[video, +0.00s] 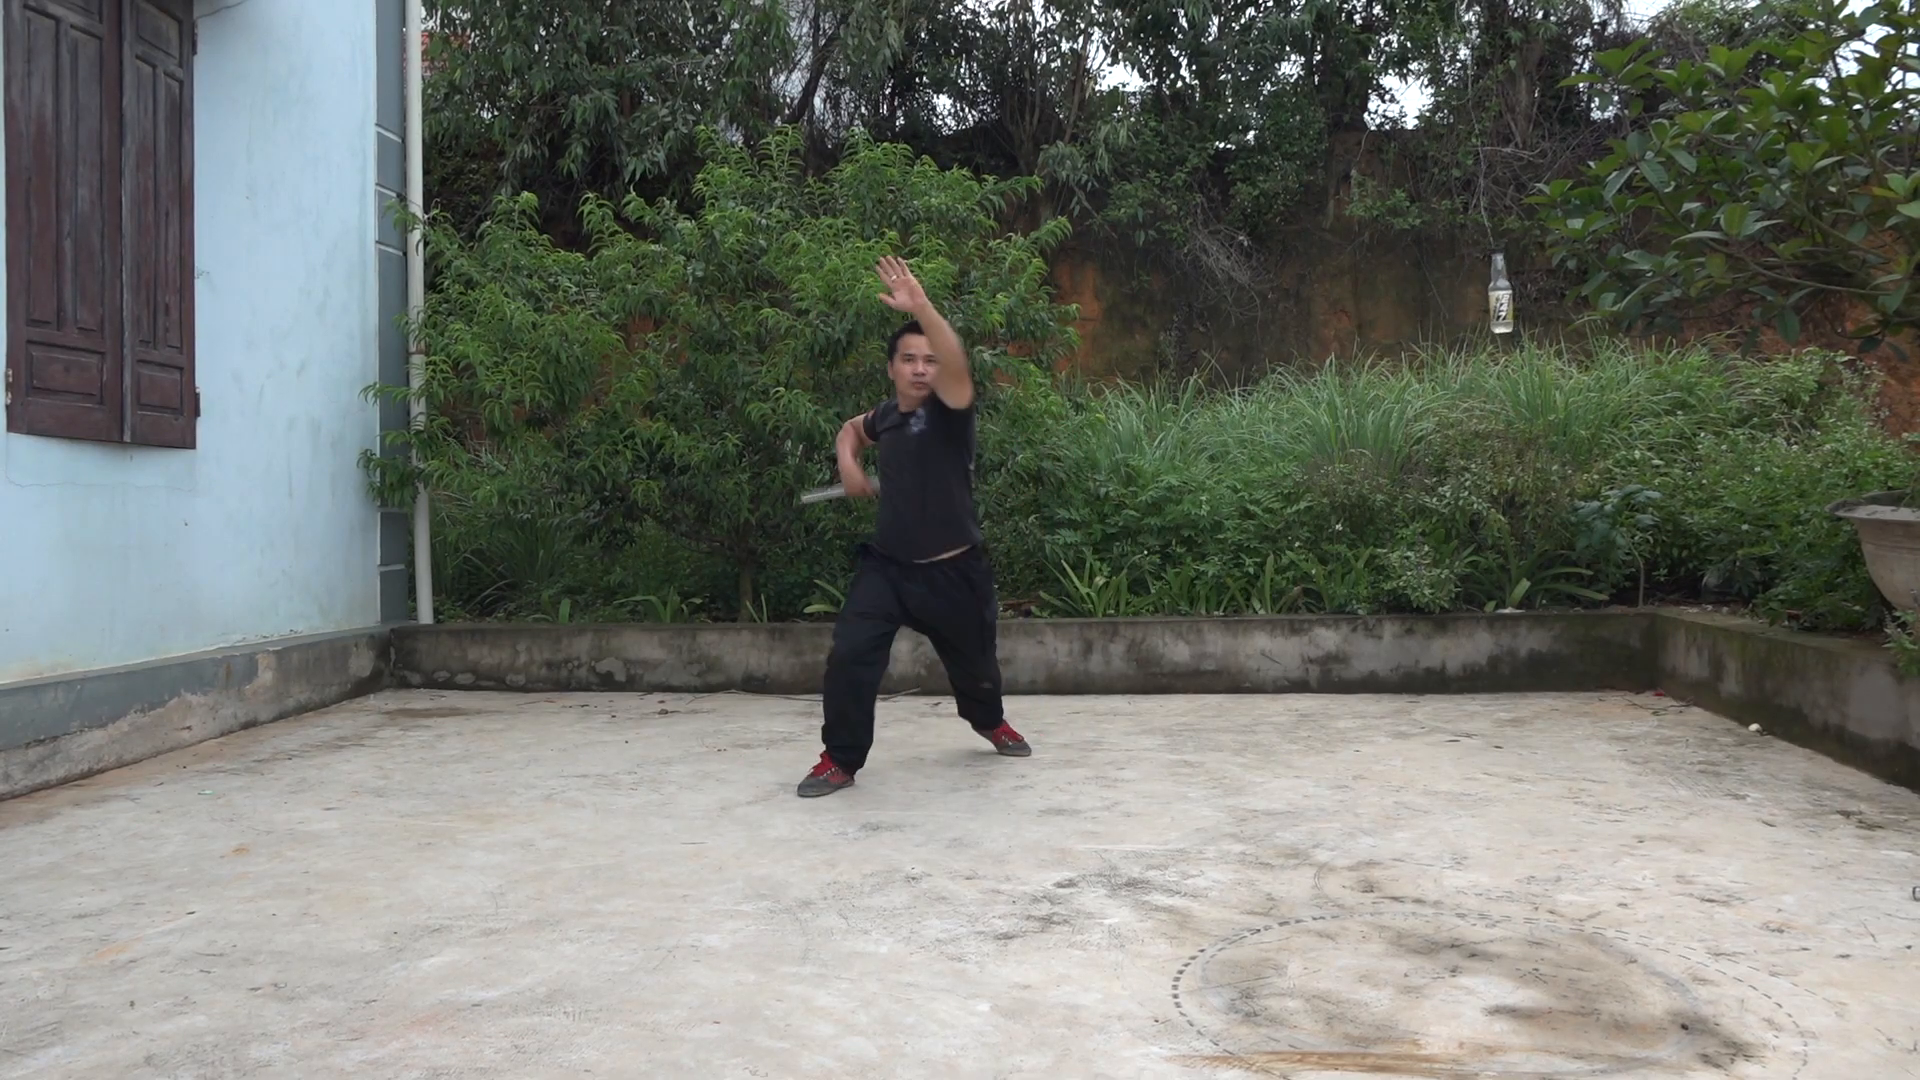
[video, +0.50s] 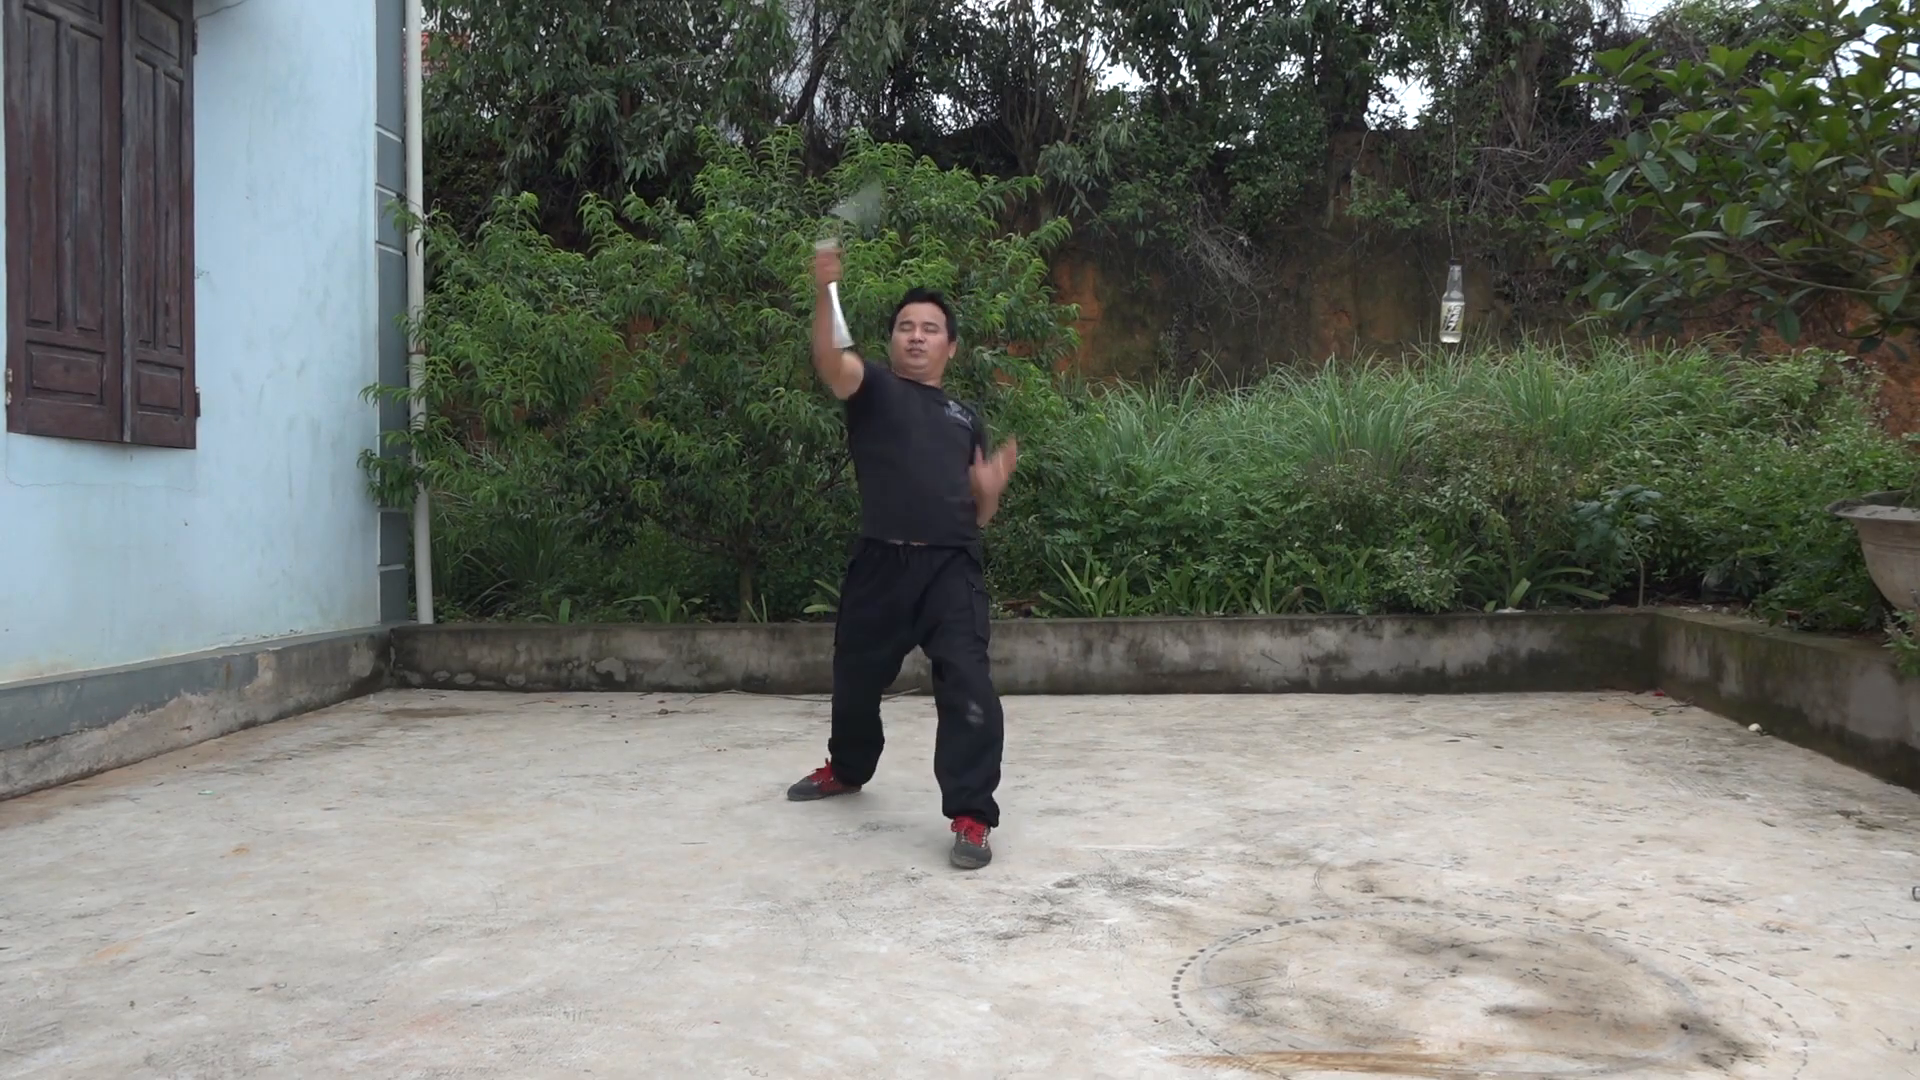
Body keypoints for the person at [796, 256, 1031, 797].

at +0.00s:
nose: (920, 368)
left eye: (928, 360)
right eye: (909, 359)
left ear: (942, 367)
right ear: (892, 369)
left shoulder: (953, 409)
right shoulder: (883, 417)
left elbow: (954, 361)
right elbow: (850, 432)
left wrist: (922, 308)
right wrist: (849, 466)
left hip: (954, 570)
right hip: (888, 567)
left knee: (975, 666)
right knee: (849, 658)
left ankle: (990, 723)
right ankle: (841, 760)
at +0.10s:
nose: (897, 354)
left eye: (907, 345)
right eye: (886, 344)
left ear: (923, 356)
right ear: (870, 354)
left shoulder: (936, 400)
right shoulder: (871, 417)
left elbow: (958, 384)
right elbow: (831, 444)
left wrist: (931, 357)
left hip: (941, 562)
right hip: (875, 564)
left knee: (972, 659)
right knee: (837, 662)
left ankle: (988, 720)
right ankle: (840, 761)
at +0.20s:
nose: (892, 341)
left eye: (904, 332)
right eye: (882, 331)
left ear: (921, 344)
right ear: (865, 343)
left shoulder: (945, 389)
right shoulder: (853, 412)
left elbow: (1011, 426)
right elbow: (785, 445)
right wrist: (796, 377)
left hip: (940, 558)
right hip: (867, 561)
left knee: (967, 662)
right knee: (837, 664)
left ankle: (986, 761)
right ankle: (839, 762)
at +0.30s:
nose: (906, 338)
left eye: (918, 329)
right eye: (895, 328)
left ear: (936, 342)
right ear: (877, 340)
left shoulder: (961, 406)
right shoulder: (854, 394)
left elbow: (994, 467)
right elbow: (780, 389)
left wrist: (987, 510)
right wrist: (807, 334)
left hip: (941, 559)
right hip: (870, 557)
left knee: (958, 668)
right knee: (843, 669)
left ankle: (979, 793)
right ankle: (842, 761)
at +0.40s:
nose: (910, 350)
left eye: (922, 342)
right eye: (899, 343)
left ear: (943, 357)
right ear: (884, 357)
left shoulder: (957, 425)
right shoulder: (871, 398)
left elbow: (957, 498)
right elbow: (835, 326)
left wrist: (981, 532)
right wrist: (829, 241)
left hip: (948, 570)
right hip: (882, 569)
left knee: (951, 680)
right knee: (853, 678)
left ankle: (967, 818)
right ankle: (848, 764)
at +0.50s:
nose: (916, 337)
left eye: (929, 329)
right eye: (906, 328)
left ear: (950, 347)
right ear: (889, 341)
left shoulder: (963, 416)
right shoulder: (870, 387)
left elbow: (977, 515)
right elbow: (832, 362)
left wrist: (989, 492)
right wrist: (826, 290)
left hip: (950, 566)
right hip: (879, 564)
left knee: (967, 684)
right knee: (854, 678)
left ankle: (971, 818)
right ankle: (846, 771)